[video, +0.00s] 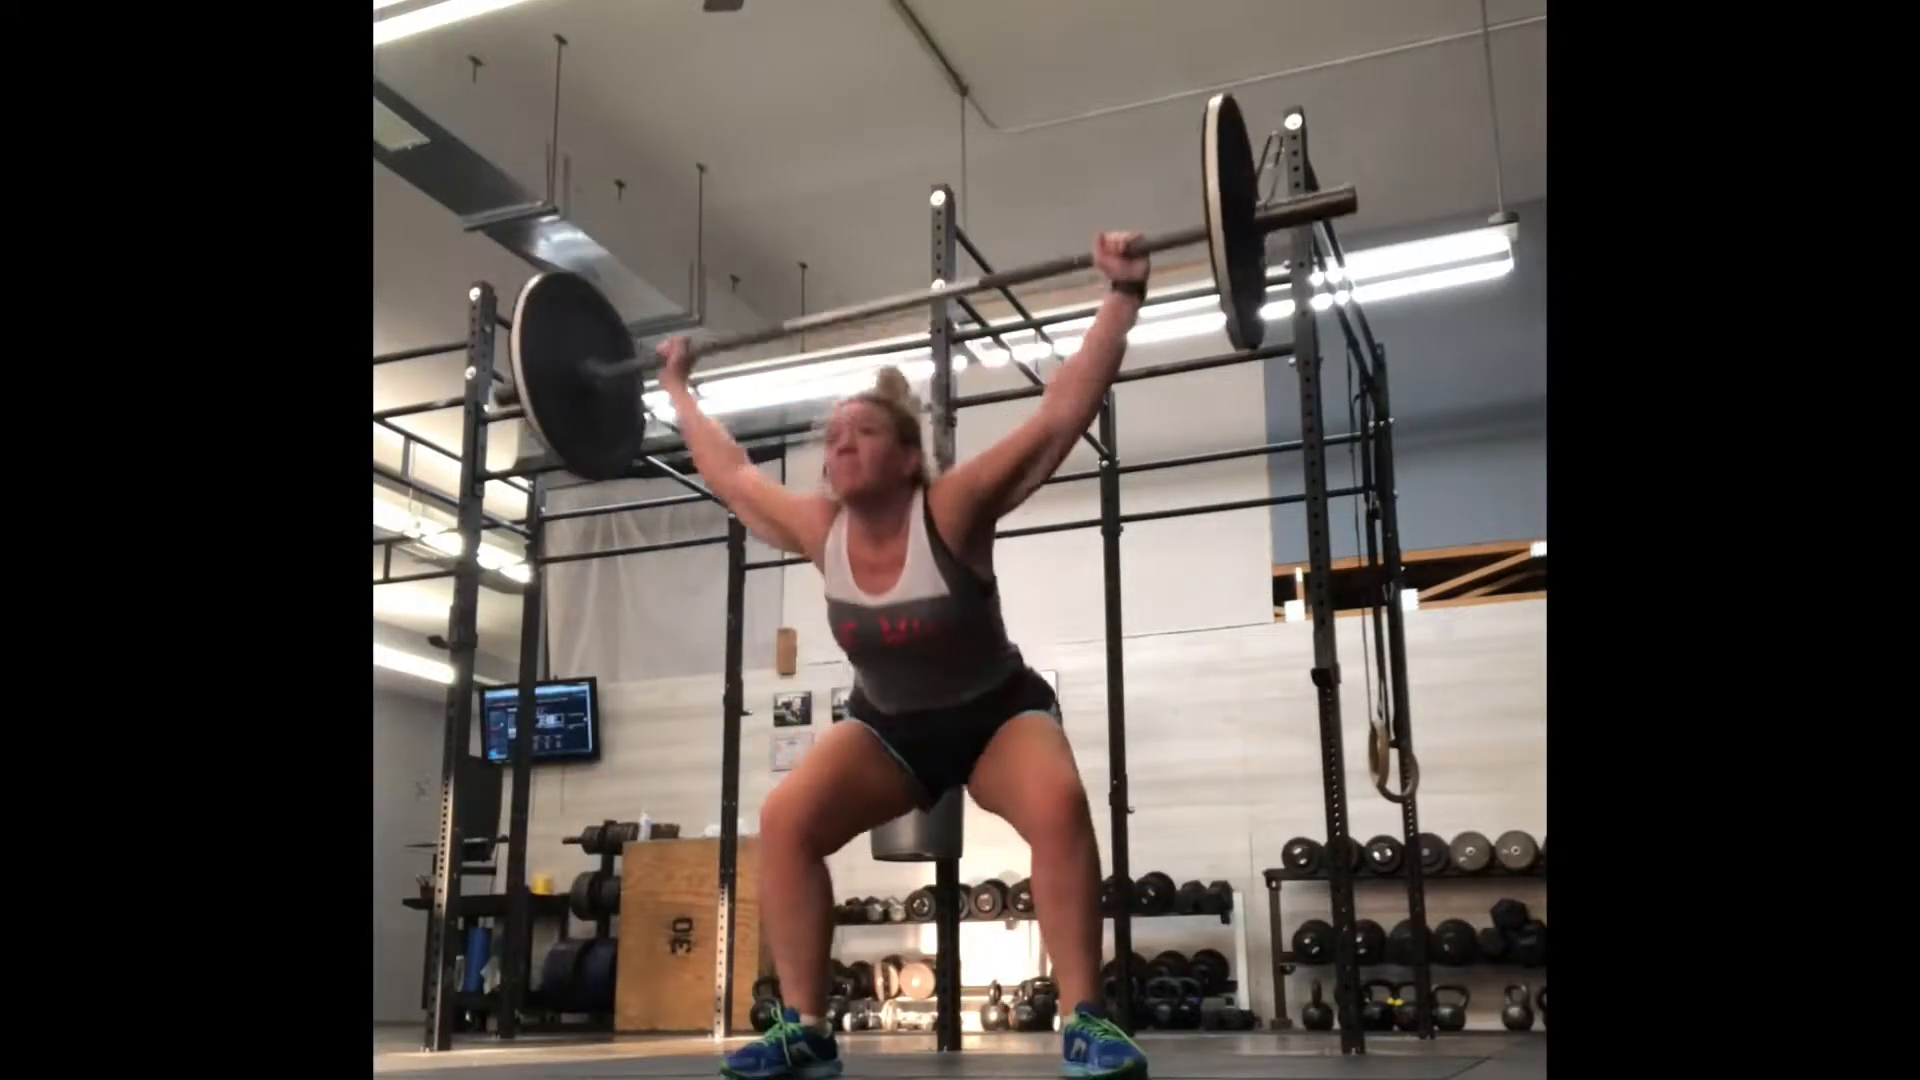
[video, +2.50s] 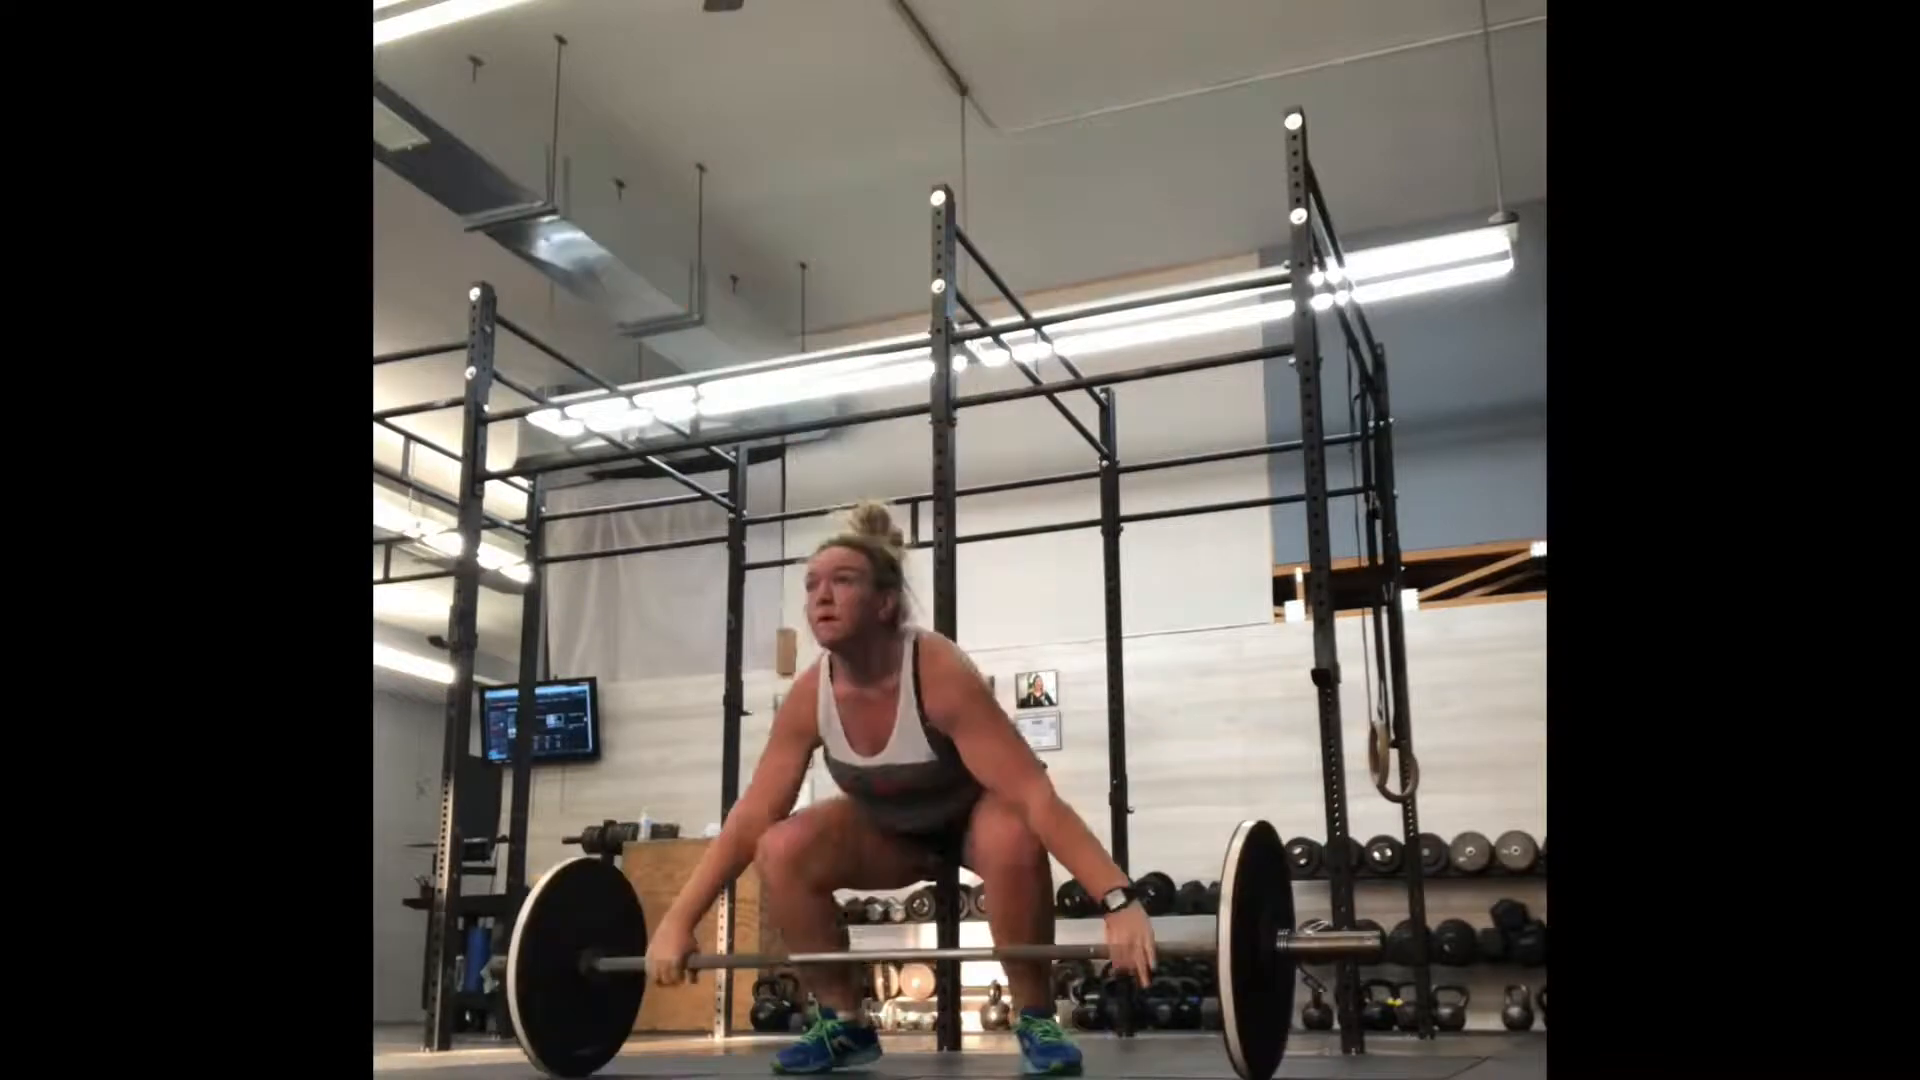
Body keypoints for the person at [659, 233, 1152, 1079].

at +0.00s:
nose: (843, 445)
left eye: (864, 432)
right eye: (833, 436)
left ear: (906, 452)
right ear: (825, 455)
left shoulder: (956, 503)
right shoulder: (818, 526)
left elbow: (1061, 417)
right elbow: (730, 476)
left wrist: (1120, 298)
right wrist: (675, 388)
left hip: (998, 719)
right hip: (888, 732)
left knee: (1061, 809)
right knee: (785, 820)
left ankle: (1081, 1017)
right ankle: (803, 1026)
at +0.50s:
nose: (817, 538)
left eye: (838, 524)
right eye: (807, 528)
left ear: (888, 545)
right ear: (802, 550)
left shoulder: (938, 590)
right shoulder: (798, 616)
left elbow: (1043, 510)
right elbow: (712, 562)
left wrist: (1115, 385)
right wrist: (659, 468)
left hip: (987, 796)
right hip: (878, 810)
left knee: (1067, 812)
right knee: (760, 832)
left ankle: (1082, 1024)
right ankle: (802, 1030)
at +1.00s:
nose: (827, 566)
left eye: (849, 549)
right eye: (816, 555)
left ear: (896, 571)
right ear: (810, 576)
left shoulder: (946, 614)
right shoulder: (807, 640)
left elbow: (1051, 536)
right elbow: (715, 588)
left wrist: (1119, 407)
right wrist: (651, 491)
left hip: (988, 818)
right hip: (878, 830)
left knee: (1067, 815)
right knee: (760, 834)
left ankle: (1079, 1025)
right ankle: (802, 1031)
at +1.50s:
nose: (834, 393)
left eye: (855, 379)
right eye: (828, 380)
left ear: (899, 401)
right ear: (822, 399)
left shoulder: (949, 456)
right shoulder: (812, 481)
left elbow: (1062, 375)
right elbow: (722, 434)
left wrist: (1125, 256)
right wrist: (668, 343)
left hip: (994, 683)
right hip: (884, 699)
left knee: (1045, 816)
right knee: (775, 819)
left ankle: (1078, 1018)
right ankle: (800, 1021)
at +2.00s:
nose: (859, 264)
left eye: (876, 252)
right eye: (849, 257)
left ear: (917, 269)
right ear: (838, 280)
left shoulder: (963, 336)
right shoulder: (824, 364)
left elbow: (1054, 233)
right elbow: (731, 303)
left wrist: (1124, 133)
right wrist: (685, 221)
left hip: (957, 595)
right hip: (847, 603)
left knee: (1003, 804)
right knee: (839, 812)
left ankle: (1080, 1007)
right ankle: (806, 1025)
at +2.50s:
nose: (821, 596)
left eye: (841, 581)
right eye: (813, 583)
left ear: (886, 601)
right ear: (806, 600)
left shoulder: (940, 672)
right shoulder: (811, 694)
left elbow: (1034, 794)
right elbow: (756, 812)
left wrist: (1118, 899)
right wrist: (680, 917)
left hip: (974, 819)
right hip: (887, 827)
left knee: (1016, 844)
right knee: (780, 850)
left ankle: (1036, 1020)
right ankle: (844, 1024)